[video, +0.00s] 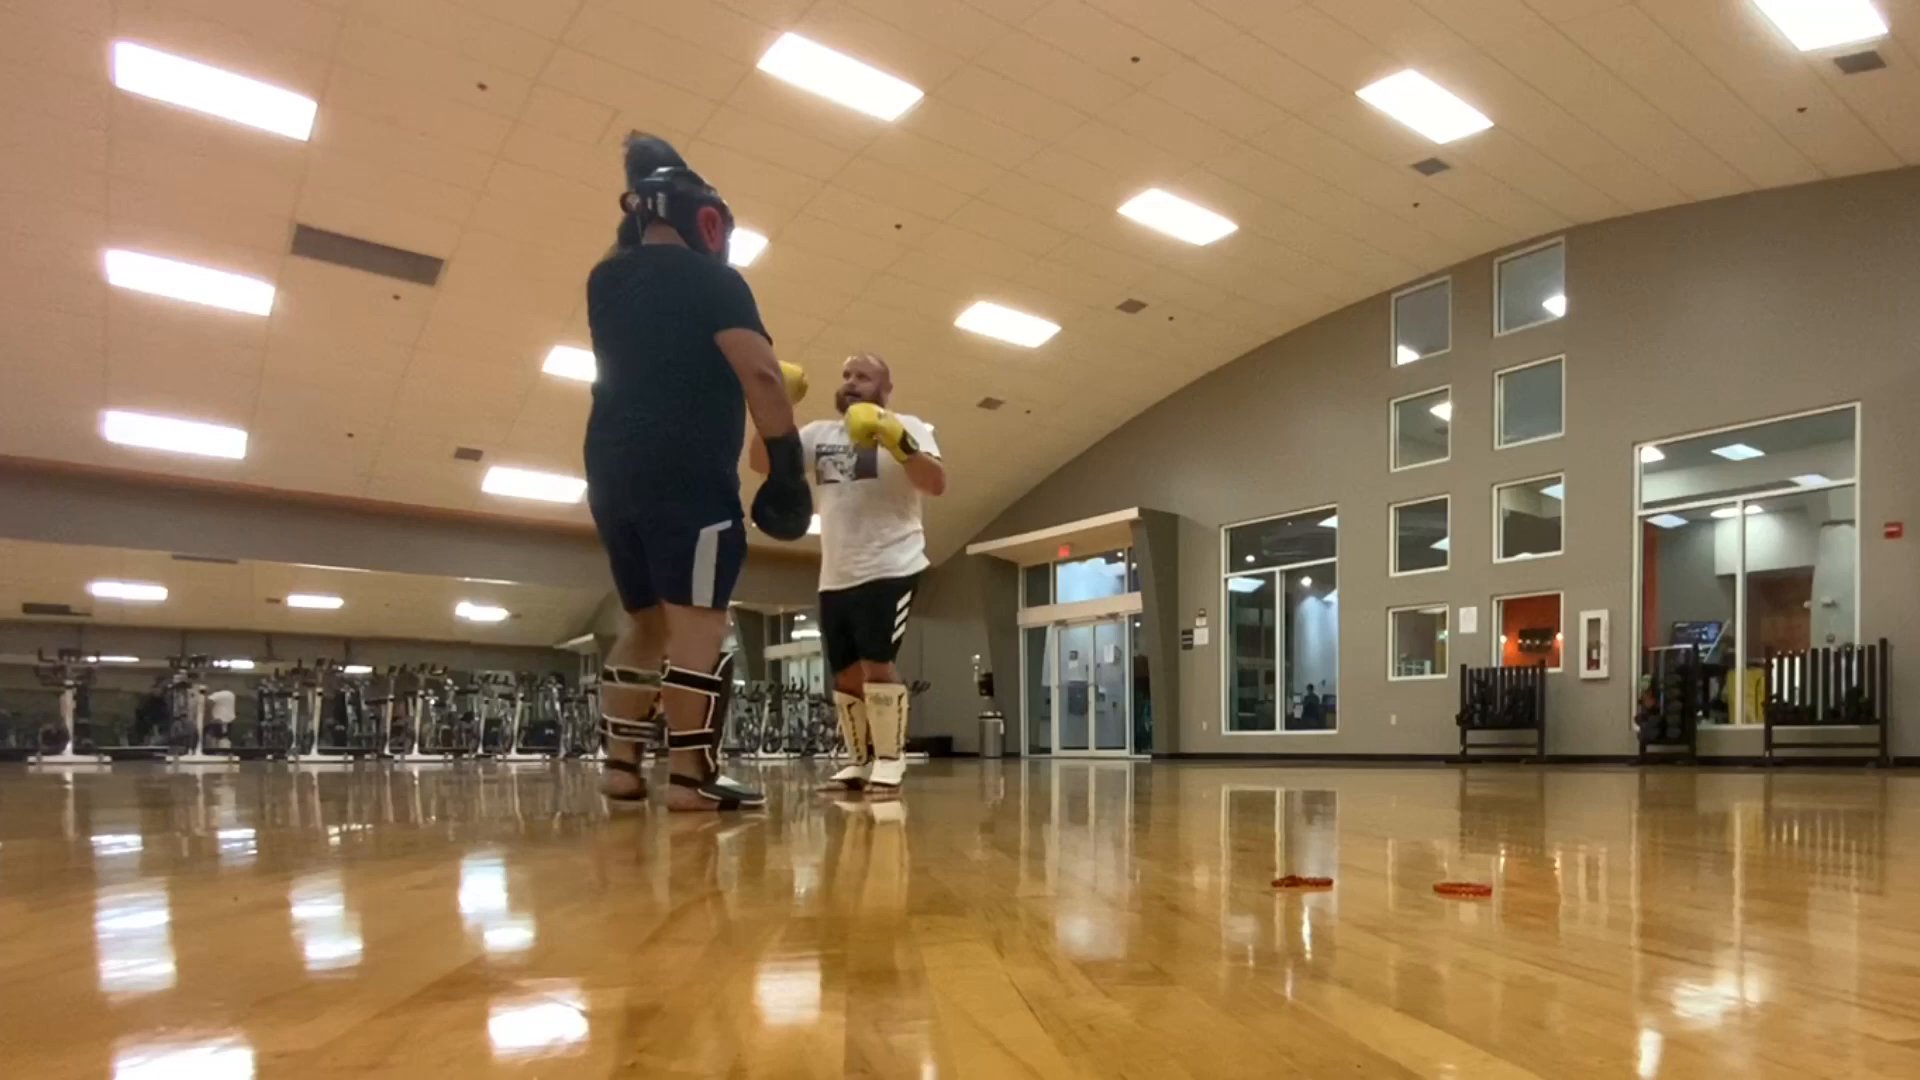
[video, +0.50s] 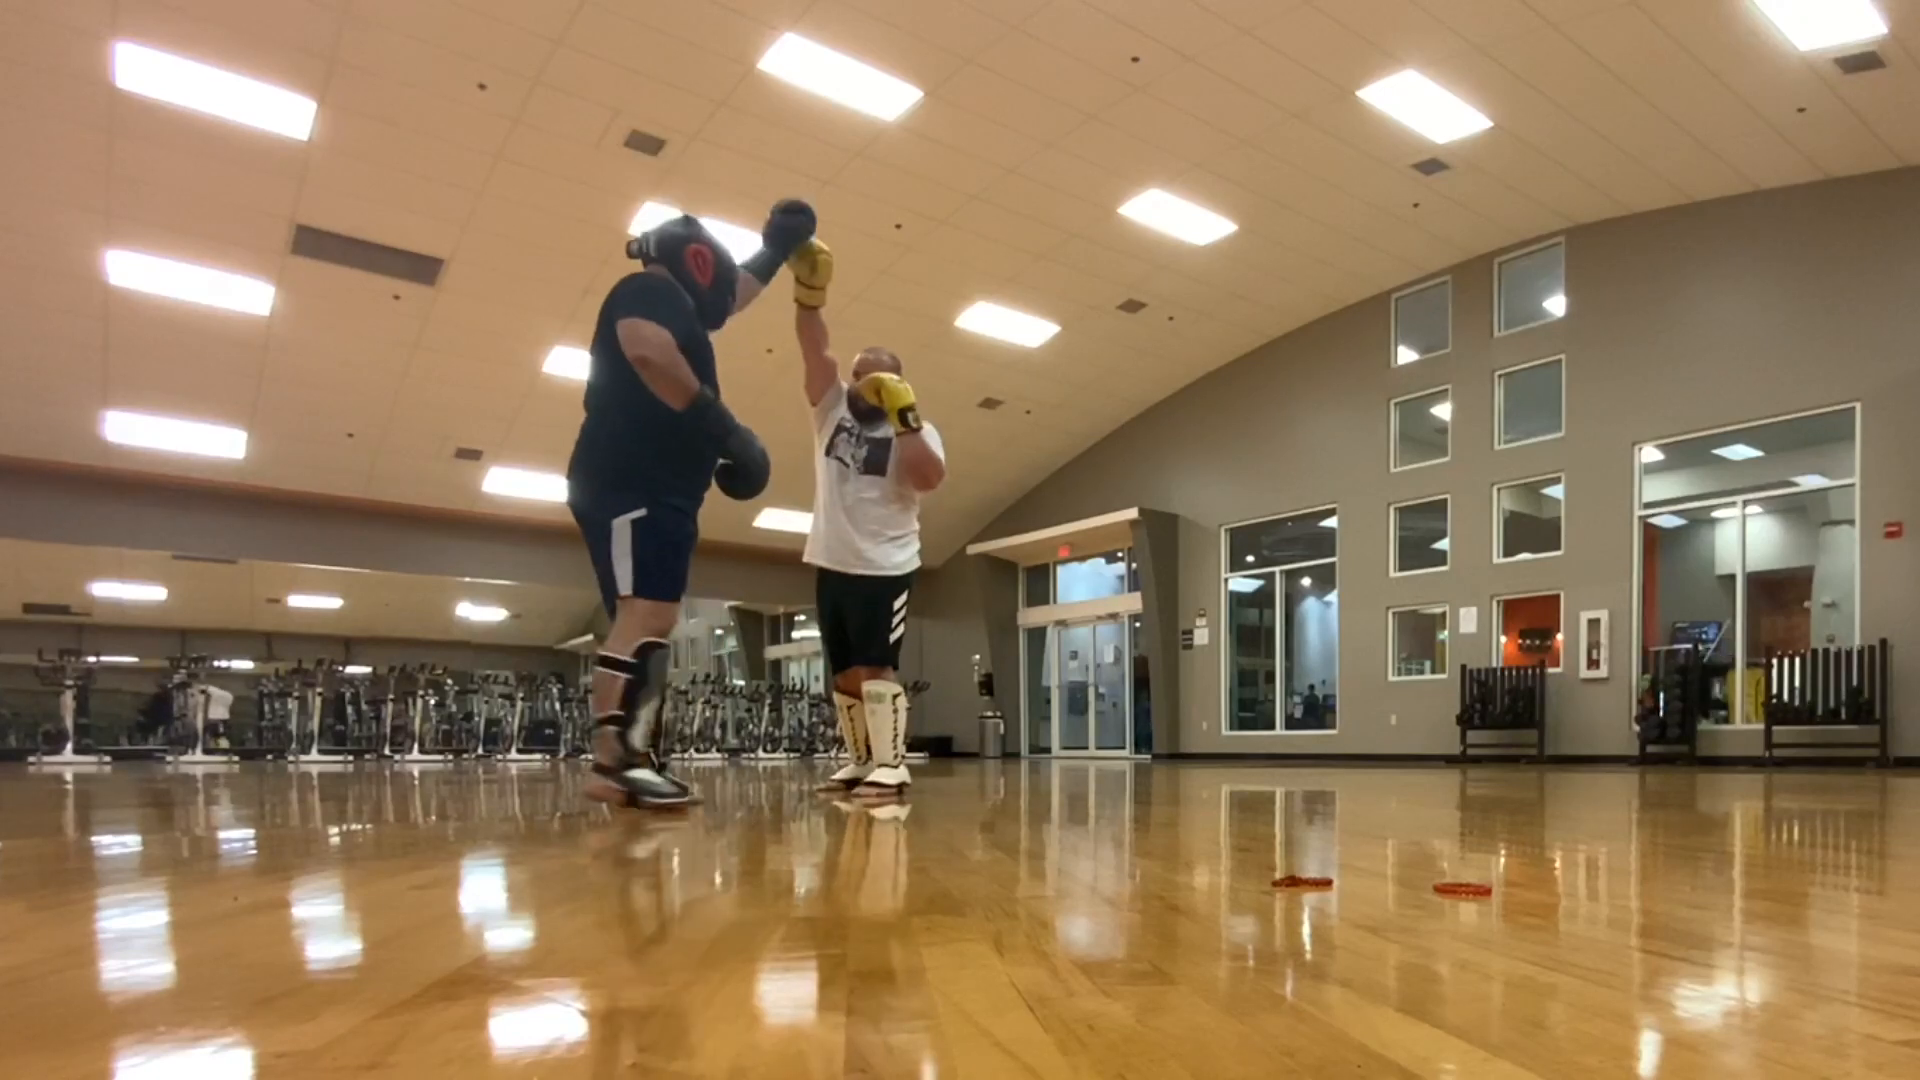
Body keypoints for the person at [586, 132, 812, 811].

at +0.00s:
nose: (724, 243)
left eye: (724, 230)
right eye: (721, 229)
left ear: (643, 220)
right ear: (703, 220)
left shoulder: (606, 279)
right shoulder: (713, 279)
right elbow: (759, 374)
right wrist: (786, 469)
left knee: (646, 621)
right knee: (698, 622)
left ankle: (621, 765)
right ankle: (691, 776)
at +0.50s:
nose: (728, 278)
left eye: (725, 271)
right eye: (719, 263)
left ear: (690, 264)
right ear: (693, 254)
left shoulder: (688, 309)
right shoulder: (649, 288)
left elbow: (737, 292)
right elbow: (646, 350)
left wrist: (775, 248)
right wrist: (728, 431)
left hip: (657, 483)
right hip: (633, 480)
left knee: (649, 612)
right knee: (646, 610)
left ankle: (623, 757)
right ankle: (614, 757)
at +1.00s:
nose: (676, 263)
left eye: (676, 251)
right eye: (675, 249)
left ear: (605, 232)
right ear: (654, 235)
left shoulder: (552, 286)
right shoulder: (629, 282)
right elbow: (696, 383)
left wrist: (667, 335)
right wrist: (718, 350)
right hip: (582, 485)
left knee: (629, 617)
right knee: (541, 620)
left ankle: (618, 757)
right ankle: (488, 769)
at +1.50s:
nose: (698, 266)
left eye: (696, 252)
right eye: (691, 250)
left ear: (643, 243)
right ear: (666, 242)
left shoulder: (643, 294)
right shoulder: (623, 281)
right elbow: (688, 374)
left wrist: (703, 328)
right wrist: (738, 355)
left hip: (624, 496)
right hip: (576, 484)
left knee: (633, 623)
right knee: (559, 614)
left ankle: (619, 759)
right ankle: (504, 754)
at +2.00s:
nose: (667, 259)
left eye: (665, 246)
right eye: (661, 245)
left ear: (608, 237)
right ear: (640, 239)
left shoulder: (591, 289)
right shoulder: (606, 283)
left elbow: (623, 373)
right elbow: (669, 374)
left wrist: (682, 351)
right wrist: (713, 365)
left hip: (599, 492)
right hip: (560, 483)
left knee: (641, 616)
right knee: (550, 615)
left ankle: (616, 756)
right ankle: (496, 760)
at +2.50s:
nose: (639, 259)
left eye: (640, 247)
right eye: (634, 244)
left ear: (592, 242)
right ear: (604, 237)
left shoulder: (595, 311)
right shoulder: (535, 276)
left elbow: (639, 314)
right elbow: (557, 350)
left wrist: (681, 256)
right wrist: (637, 361)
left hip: (569, 496)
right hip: (504, 476)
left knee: (607, 623)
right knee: (489, 603)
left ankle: (578, 760)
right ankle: (395, 747)